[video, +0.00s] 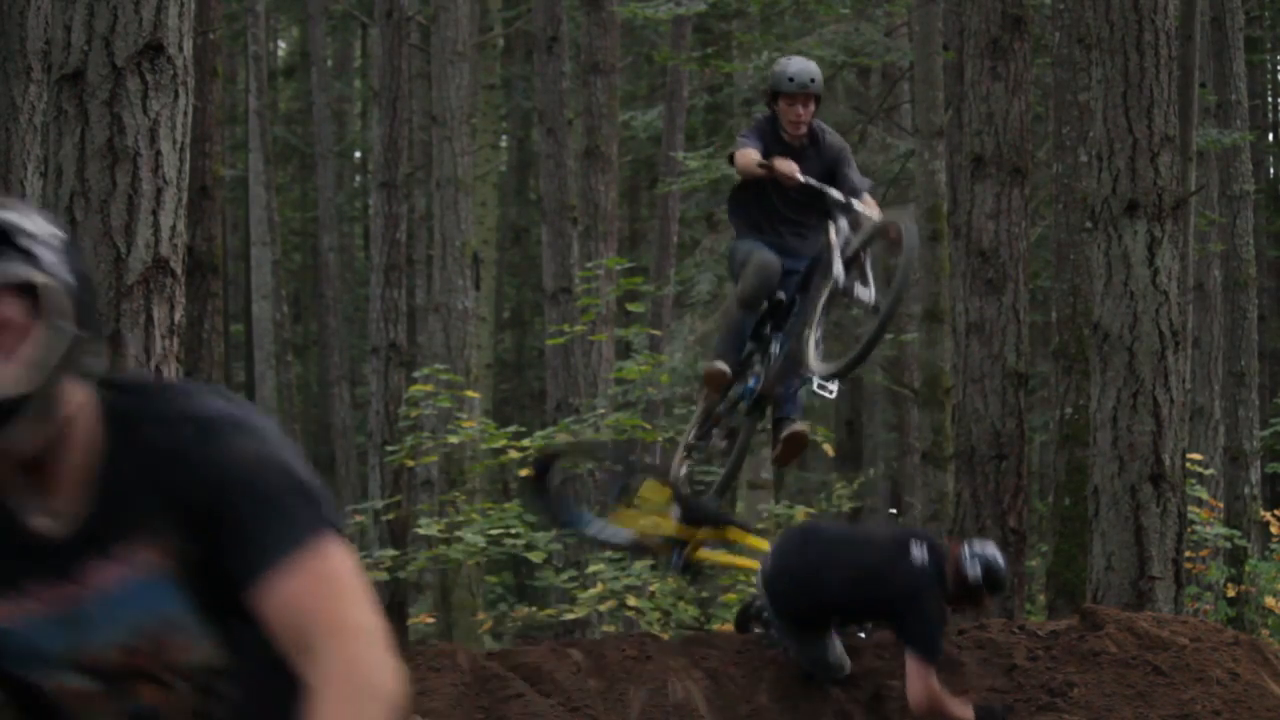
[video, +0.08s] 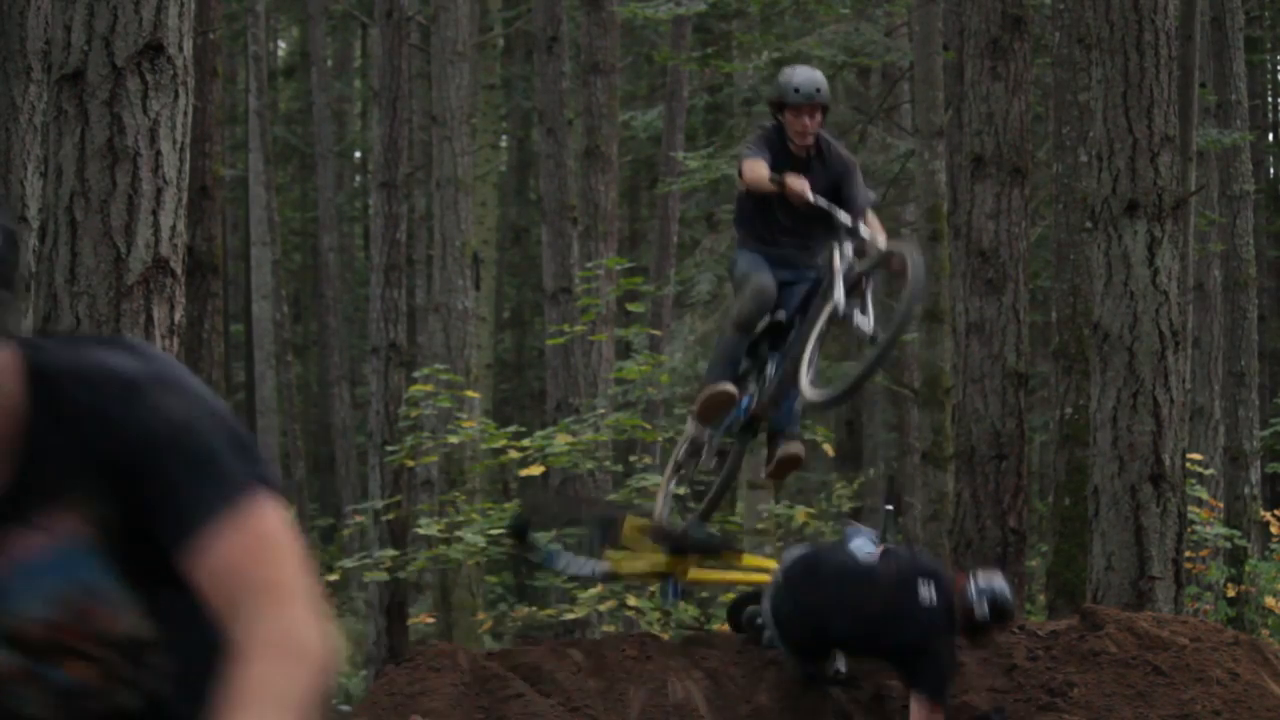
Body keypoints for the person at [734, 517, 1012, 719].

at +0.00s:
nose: (973, 607)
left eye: (979, 602)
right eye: (977, 599)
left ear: (960, 550)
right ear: (968, 587)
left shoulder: (926, 544)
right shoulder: (925, 602)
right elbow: (921, 699)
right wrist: (963, 710)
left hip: (799, 539)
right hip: (789, 590)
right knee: (836, 669)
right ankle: (768, 623)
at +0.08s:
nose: (986, 637)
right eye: (990, 630)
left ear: (968, 578)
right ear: (980, 626)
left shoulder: (932, 569)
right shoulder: (936, 653)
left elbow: (878, 553)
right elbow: (924, 712)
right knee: (826, 671)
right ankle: (767, 629)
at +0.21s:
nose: (983, 635)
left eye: (989, 638)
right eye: (990, 636)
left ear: (984, 643)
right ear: (996, 691)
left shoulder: (946, 632)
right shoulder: (958, 711)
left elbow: (880, 598)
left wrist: (920, 599)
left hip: (818, 642)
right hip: (803, 692)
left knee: (898, 574)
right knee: (801, 645)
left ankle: (817, 523)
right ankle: (755, 621)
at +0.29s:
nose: (995, 661)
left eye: (999, 665)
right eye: (1001, 663)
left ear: (995, 671)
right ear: (1005, 711)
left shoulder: (948, 661)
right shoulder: (960, 715)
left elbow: (869, 626)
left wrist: (927, 614)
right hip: (814, 709)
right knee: (820, 659)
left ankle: (826, 537)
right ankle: (758, 637)